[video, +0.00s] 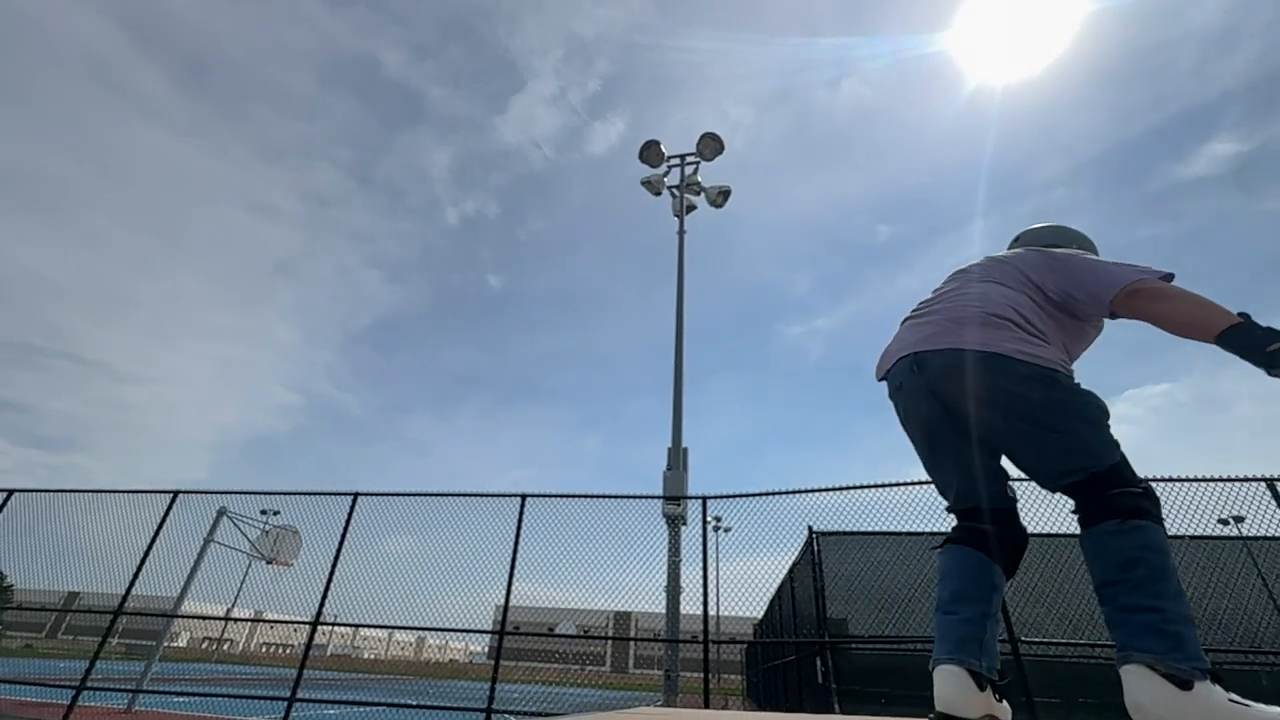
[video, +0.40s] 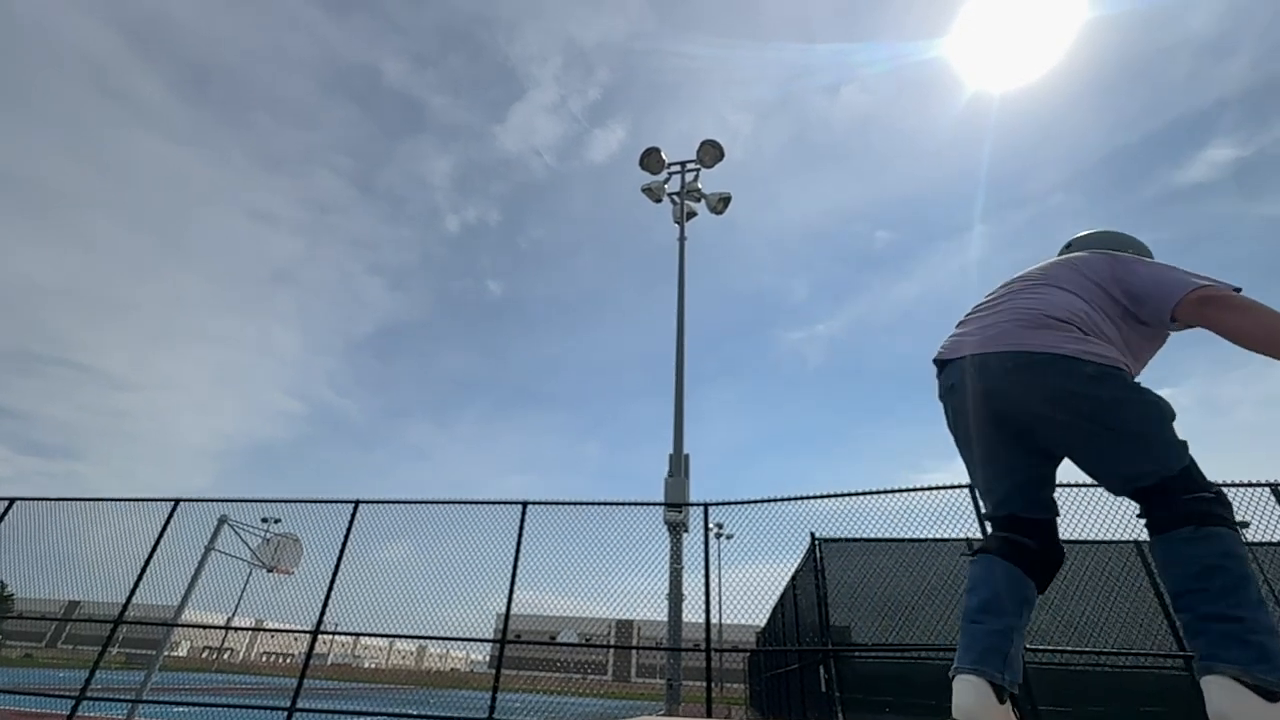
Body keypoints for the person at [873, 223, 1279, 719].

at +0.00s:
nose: (1095, 277)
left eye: (1091, 271)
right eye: (1089, 267)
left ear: (1019, 250)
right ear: (1073, 256)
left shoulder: (972, 275)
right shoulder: (1069, 262)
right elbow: (1152, 297)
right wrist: (1254, 339)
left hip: (909, 368)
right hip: (1004, 354)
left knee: (983, 522)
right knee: (1113, 496)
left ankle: (959, 671)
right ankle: (1166, 674)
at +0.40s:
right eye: (1145, 272)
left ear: (1073, 254)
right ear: (1132, 259)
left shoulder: (1031, 280)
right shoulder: (1129, 266)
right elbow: (1210, 302)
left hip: (962, 374)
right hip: (1057, 361)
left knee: (1020, 533)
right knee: (1184, 501)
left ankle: (977, 677)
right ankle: (1236, 672)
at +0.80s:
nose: (1206, 259)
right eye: (1200, 251)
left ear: (1125, 240)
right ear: (1184, 241)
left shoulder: (1090, 267)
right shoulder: (1185, 251)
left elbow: (1141, 368)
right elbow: (1266, 290)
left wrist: (1234, 406)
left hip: (1014, 362)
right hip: (1114, 348)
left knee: (1047, 518)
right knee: (1239, 485)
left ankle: (992, 666)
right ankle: (1272, 661)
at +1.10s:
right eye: (1247, 250)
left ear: (1164, 243)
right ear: (1230, 241)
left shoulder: (1123, 268)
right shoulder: (1241, 252)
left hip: (1060, 360)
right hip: (1169, 347)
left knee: (1077, 513)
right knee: (1272, 484)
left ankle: (1026, 643)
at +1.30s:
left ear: (1186, 240)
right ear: (1253, 233)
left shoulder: (1147, 265)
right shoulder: (1266, 243)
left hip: (1089, 349)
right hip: (1210, 340)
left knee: (1098, 505)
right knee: (1275, 484)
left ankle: (1044, 631)